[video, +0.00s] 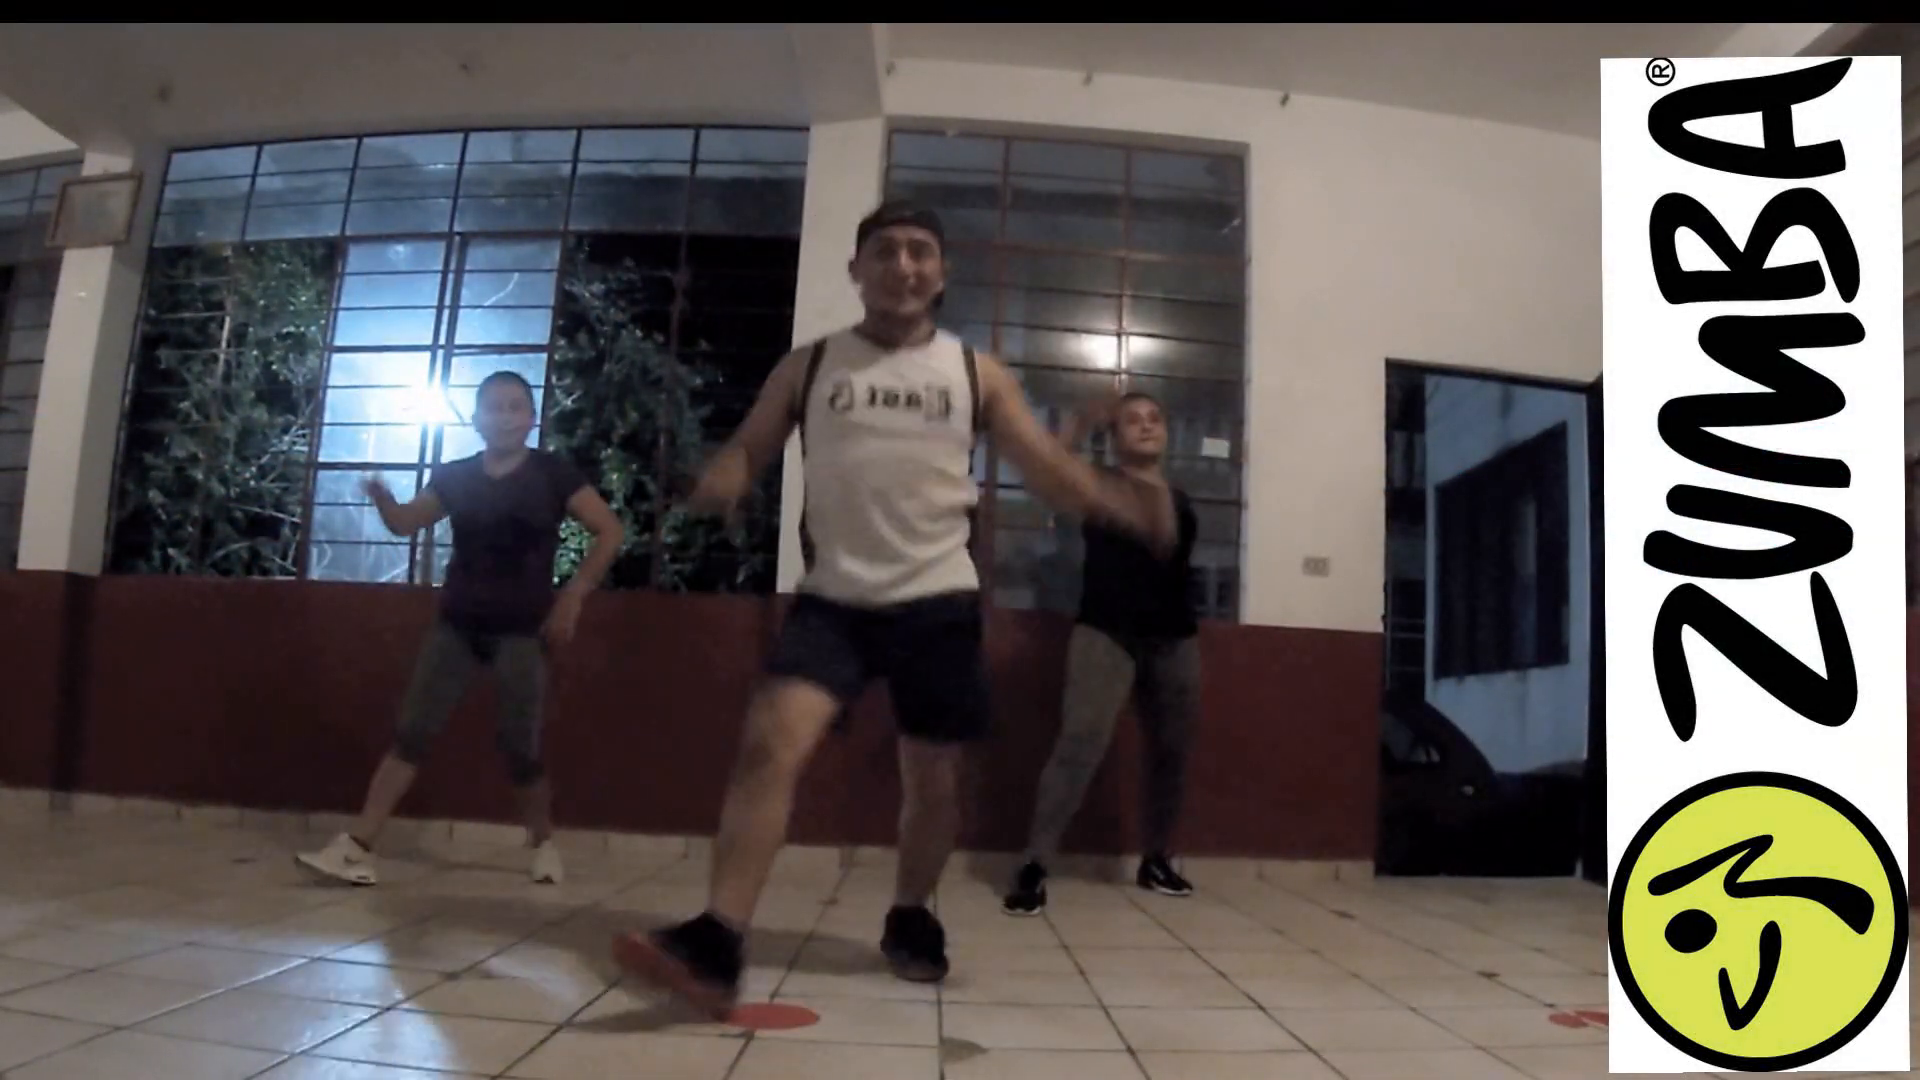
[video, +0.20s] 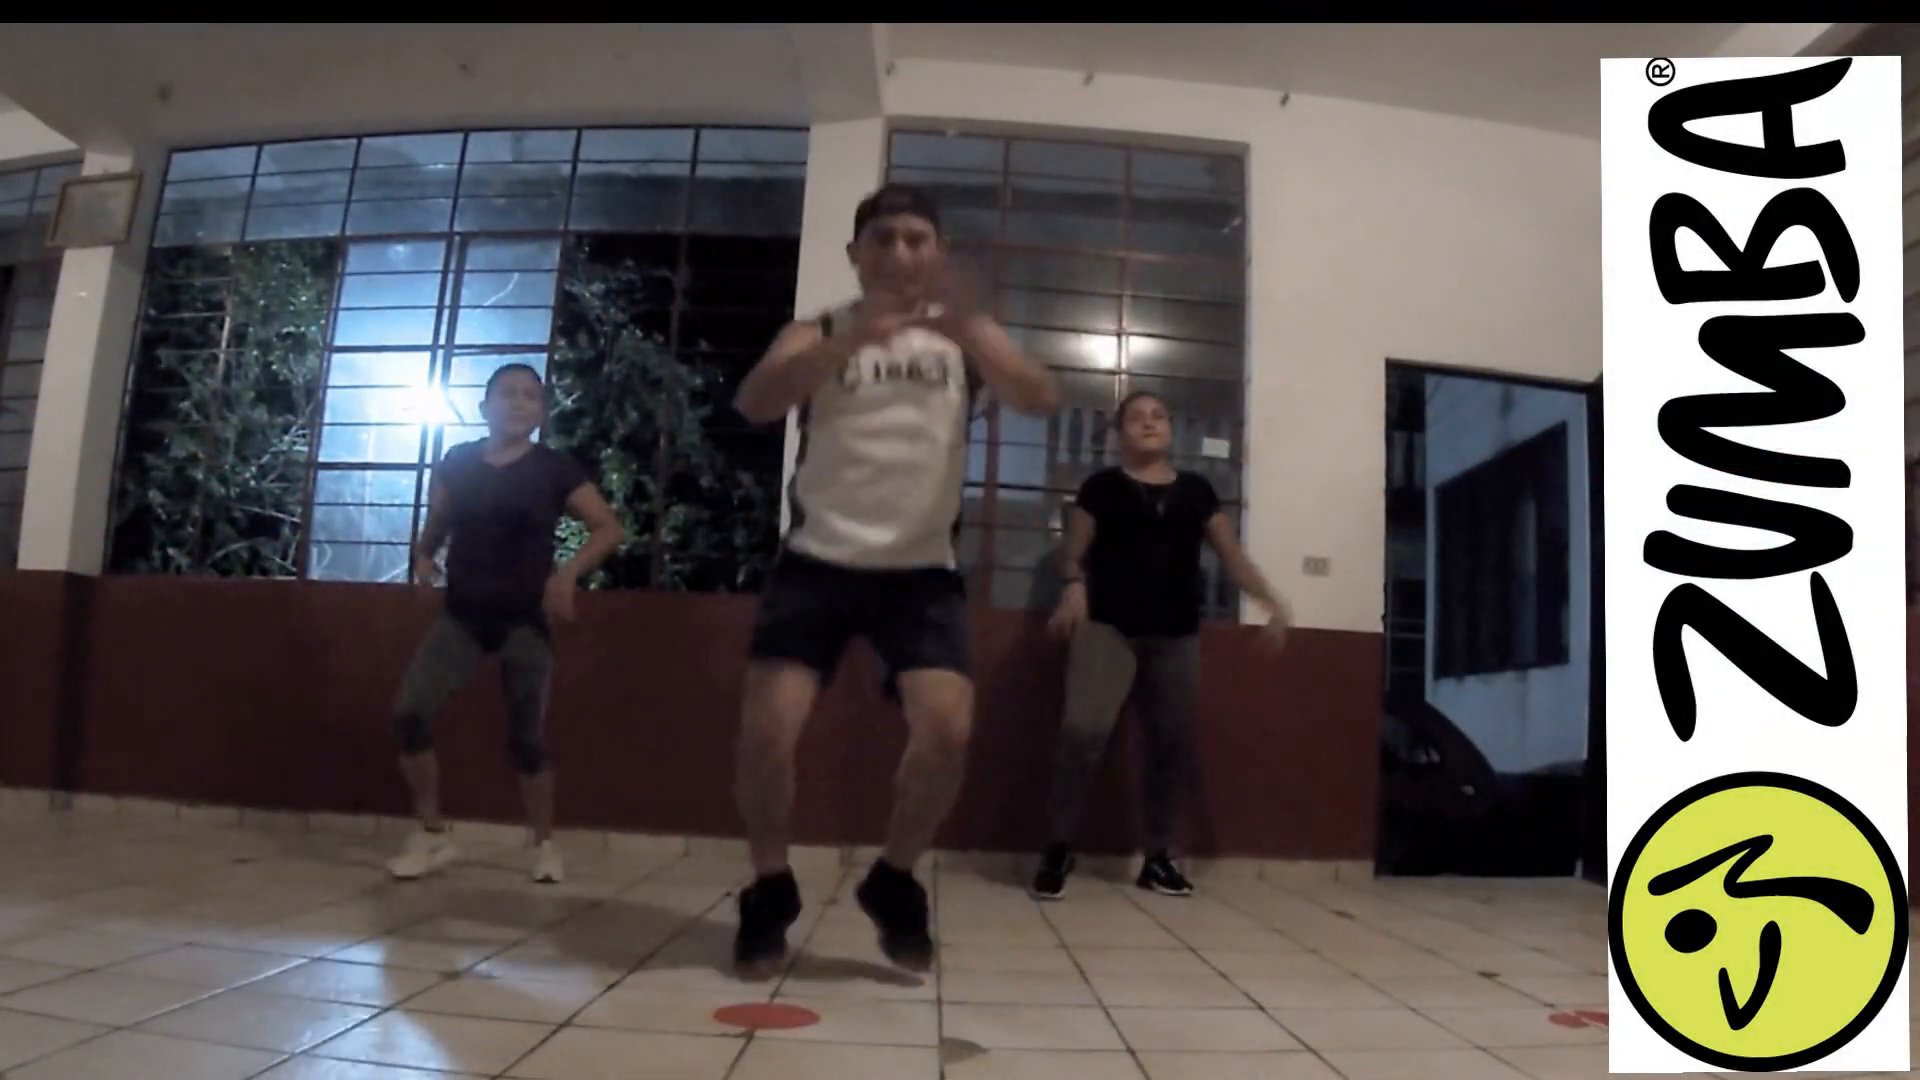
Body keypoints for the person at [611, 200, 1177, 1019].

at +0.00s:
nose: (904, 265)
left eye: (920, 253)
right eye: (887, 253)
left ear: (942, 273)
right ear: (857, 271)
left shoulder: (976, 373)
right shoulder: (812, 362)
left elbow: (1050, 465)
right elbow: (746, 451)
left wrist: (1115, 502)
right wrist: (723, 479)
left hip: (936, 603)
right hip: (833, 599)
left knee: (933, 772)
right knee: (769, 741)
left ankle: (912, 918)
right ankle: (719, 937)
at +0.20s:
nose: (902, 252)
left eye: (917, 240)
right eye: (886, 239)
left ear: (939, 258)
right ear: (858, 254)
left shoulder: (961, 341)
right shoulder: (823, 331)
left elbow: (1043, 398)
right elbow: (755, 404)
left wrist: (970, 324)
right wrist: (851, 340)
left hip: (921, 573)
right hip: (817, 565)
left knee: (947, 727)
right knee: (766, 727)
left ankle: (895, 880)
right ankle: (769, 891)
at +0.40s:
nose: (896, 324)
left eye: (911, 312)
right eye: (880, 311)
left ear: (932, 331)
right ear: (849, 327)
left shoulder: (954, 412)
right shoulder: (811, 411)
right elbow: (739, 429)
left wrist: (995, 414)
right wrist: (822, 390)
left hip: (930, 638)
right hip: (825, 639)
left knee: (991, 736)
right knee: (771, 804)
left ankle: (925, 893)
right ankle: (772, 915)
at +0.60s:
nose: (960, 297)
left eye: (976, 285)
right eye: (946, 284)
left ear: (1000, 298)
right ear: (922, 293)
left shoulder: (1034, 370)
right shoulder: (881, 366)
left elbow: (1143, 407)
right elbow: (759, 351)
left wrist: (1249, 398)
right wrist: (636, 316)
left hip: (1021, 601)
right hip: (901, 601)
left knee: (1123, 712)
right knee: (836, 756)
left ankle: (1159, 887)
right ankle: (781, 906)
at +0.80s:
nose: (1069, 291)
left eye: (1084, 278)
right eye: (1054, 278)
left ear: (1111, 289)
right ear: (1031, 292)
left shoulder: (1152, 368)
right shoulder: (1003, 383)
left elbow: (1255, 424)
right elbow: (884, 406)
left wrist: (1367, 421)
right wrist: (775, 394)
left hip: (1143, 599)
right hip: (1025, 599)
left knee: (1191, 770)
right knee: (945, 750)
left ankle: (1219, 927)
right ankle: (848, 906)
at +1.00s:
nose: (1132, 296)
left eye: (1147, 282)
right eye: (1117, 283)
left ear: (1173, 293)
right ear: (1097, 296)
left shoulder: (1210, 371)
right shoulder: (1068, 378)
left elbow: (1311, 408)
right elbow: (993, 397)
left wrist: (1349, 341)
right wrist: (967, 390)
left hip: (1191, 589)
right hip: (1085, 588)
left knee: (1218, 759)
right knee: (1014, 713)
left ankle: (1221, 927)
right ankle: (950, 879)